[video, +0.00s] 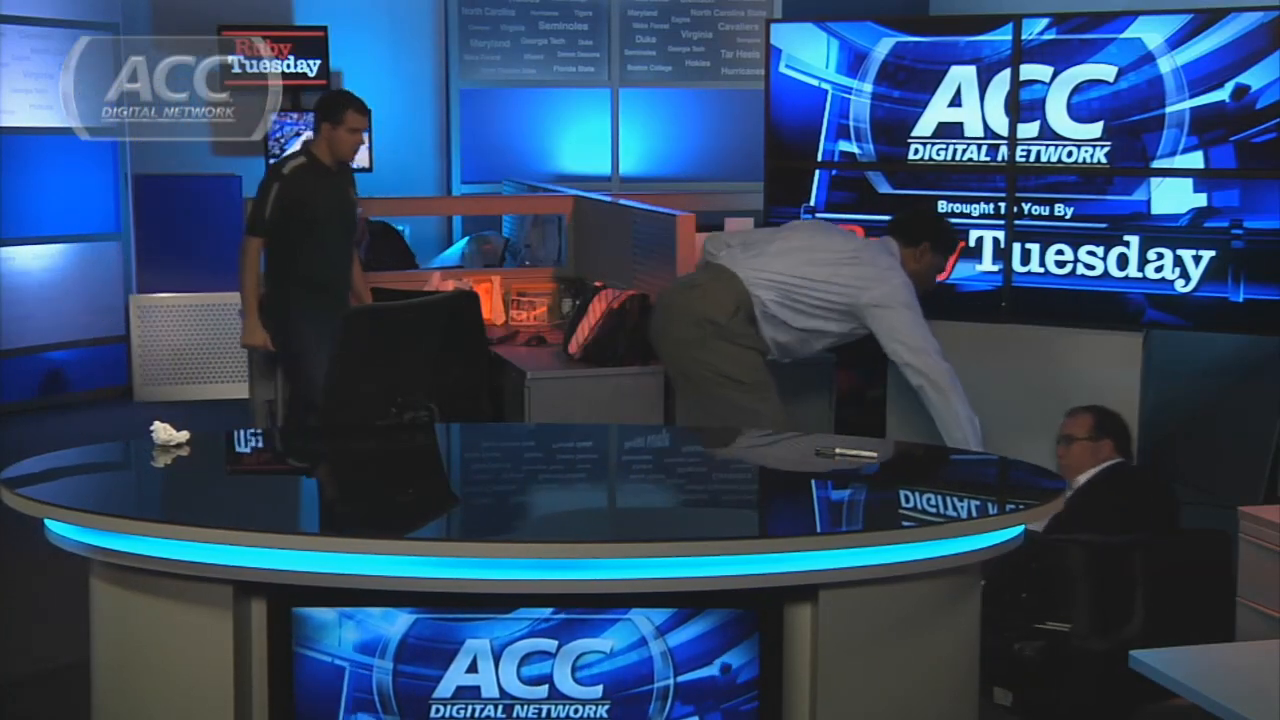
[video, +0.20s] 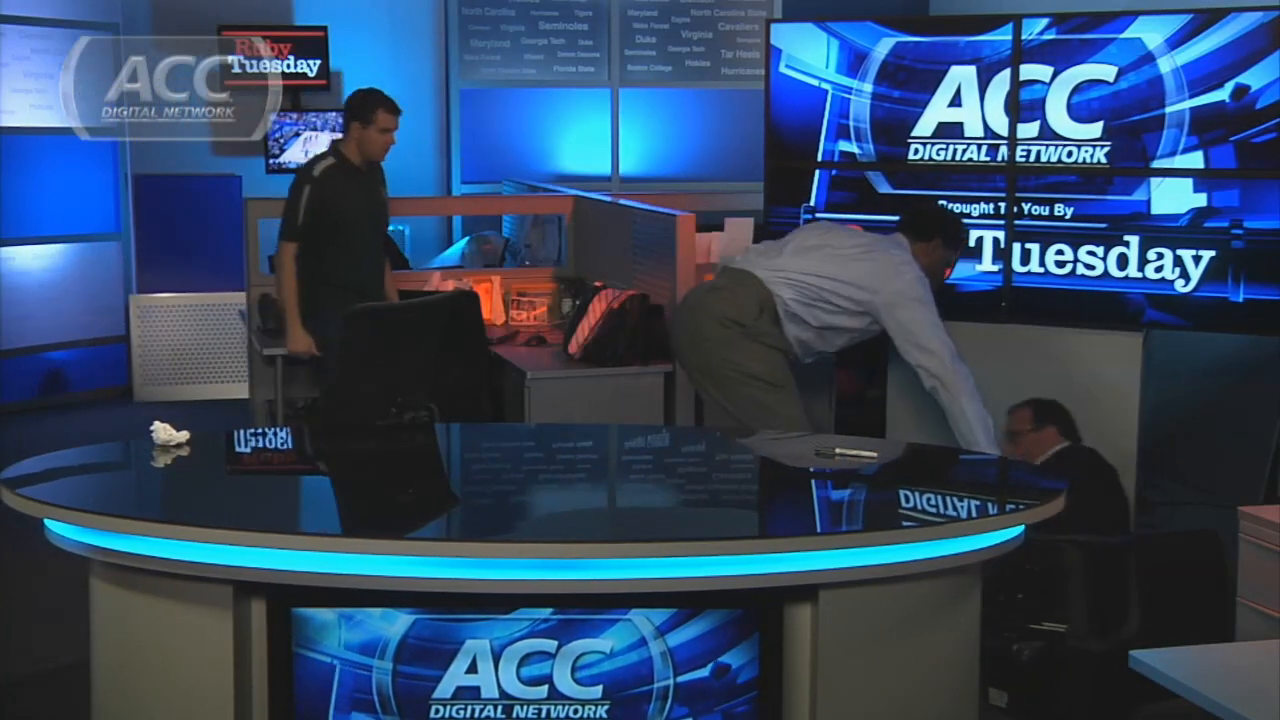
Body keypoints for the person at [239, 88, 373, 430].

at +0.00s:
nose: (361, 141)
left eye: (363, 133)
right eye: (354, 132)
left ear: (331, 131)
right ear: (326, 129)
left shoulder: (344, 177)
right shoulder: (284, 175)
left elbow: (346, 250)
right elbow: (252, 246)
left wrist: (367, 307)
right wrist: (251, 319)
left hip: (335, 309)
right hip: (294, 310)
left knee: (335, 403)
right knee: (308, 404)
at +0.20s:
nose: (392, 140)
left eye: (393, 132)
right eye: (384, 132)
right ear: (357, 130)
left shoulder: (374, 172)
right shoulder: (314, 176)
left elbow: (377, 250)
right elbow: (286, 254)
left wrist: (394, 309)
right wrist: (295, 328)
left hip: (370, 319)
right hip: (326, 321)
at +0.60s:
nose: (447, 139)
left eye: (450, 131)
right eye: (441, 129)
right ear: (412, 125)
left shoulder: (424, 173)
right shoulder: (373, 173)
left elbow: (421, 260)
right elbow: (351, 257)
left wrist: (448, 315)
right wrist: (385, 318)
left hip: (428, 321)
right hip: (389, 325)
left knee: (447, 420)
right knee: (390, 424)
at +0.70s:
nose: (465, 142)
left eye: (468, 133)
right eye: (459, 132)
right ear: (429, 128)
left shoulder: (440, 174)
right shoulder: (389, 176)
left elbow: (438, 260)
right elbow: (368, 260)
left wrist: (462, 319)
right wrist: (402, 318)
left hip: (443, 321)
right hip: (404, 325)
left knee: (456, 419)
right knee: (404, 422)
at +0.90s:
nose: (506, 144)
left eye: (509, 135)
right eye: (500, 134)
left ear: (477, 130)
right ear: (471, 128)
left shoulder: (478, 177)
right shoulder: (430, 177)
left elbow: (475, 263)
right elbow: (404, 261)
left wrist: (497, 323)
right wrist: (432, 332)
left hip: (484, 331)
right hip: (445, 335)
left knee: (486, 438)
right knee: (438, 441)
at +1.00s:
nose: (526, 141)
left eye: (529, 133)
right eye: (520, 131)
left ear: (497, 128)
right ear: (492, 126)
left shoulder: (498, 176)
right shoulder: (449, 173)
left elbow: (494, 256)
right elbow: (422, 254)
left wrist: (513, 318)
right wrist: (439, 326)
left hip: (504, 324)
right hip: (464, 328)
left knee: (500, 434)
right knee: (460, 434)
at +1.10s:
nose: (544, 140)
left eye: (546, 131)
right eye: (538, 130)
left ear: (518, 127)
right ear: (509, 123)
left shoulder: (516, 178)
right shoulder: (467, 172)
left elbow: (514, 260)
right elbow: (435, 250)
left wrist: (537, 316)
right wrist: (448, 321)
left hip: (518, 320)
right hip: (479, 321)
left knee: (518, 426)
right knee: (484, 428)